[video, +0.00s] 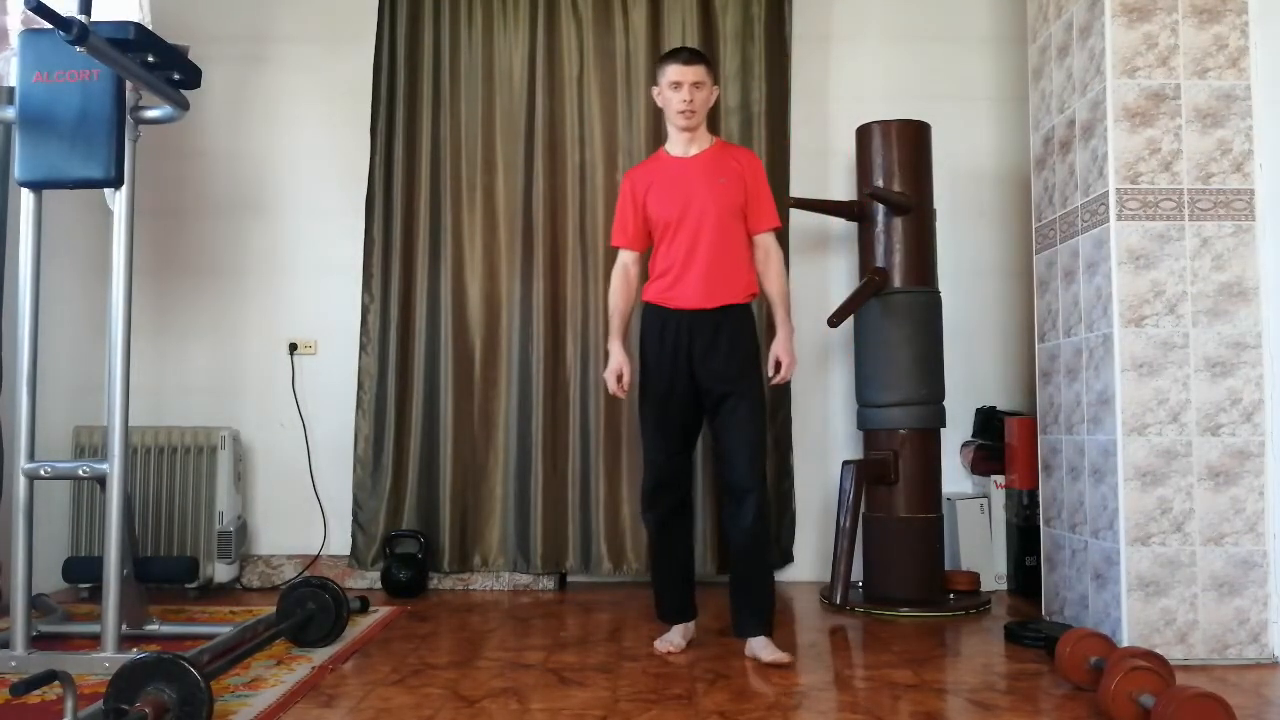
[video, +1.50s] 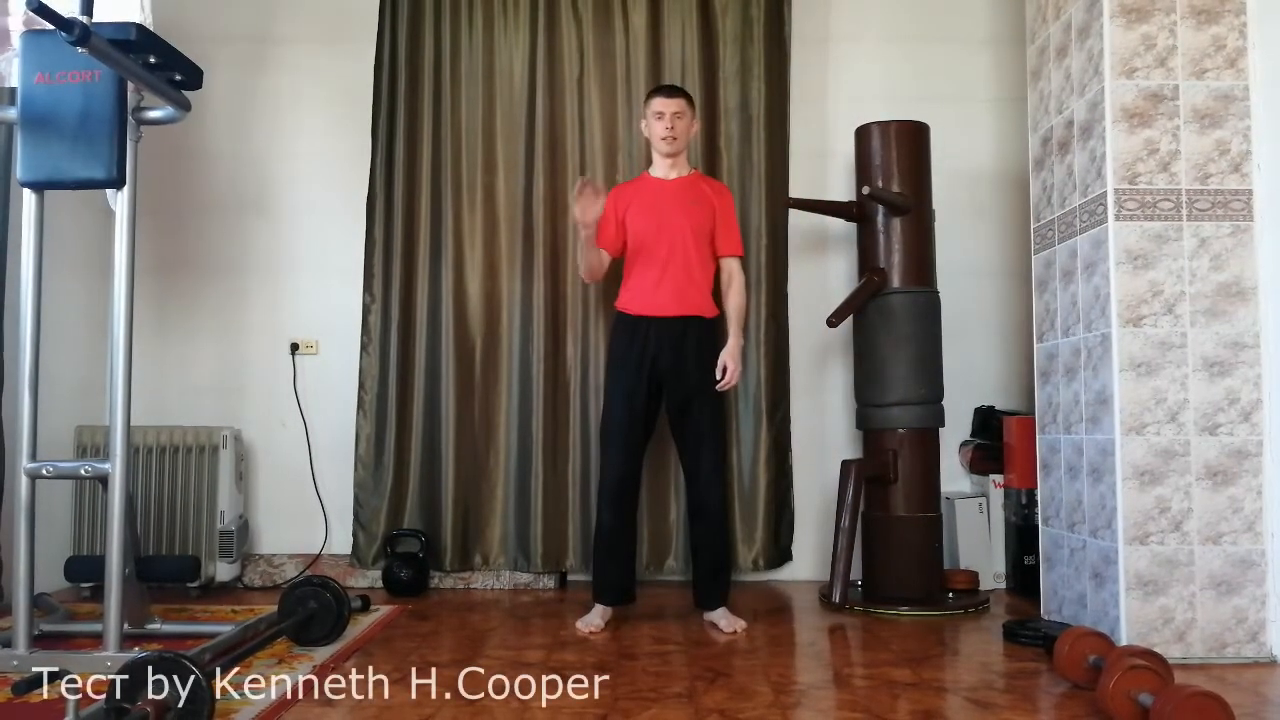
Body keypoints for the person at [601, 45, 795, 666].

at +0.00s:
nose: (685, 95)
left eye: (695, 85)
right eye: (674, 86)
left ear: (714, 94)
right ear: (657, 96)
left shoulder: (744, 166)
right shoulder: (640, 179)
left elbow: (768, 251)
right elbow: (627, 266)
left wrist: (783, 329)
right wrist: (615, 342)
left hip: (734, 332)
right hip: (664, 335)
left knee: (744, 482)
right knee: (665, 482)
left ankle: (754, 629)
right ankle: (679, 617)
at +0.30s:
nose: (703, 87)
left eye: (714, 77)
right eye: (692, 78)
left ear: (734, 87)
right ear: (677, 89)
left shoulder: (763, 159)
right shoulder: (660, 172)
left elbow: (787, 246)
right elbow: (646, 261)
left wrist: (795, 327)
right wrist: (629, 340)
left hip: (751, 331)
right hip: (677, 332)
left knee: (752, 487)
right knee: (673, 480)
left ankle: (753, 639)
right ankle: (680, 615)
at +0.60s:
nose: (666, 122)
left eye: (676, 114)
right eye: (657, 115)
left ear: (693, 128)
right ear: (642, 129)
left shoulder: (714, 193)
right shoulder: (622, 199)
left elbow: (731, 273)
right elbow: (602, 269)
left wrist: (728, 338)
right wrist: (584, 293)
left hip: (697, 339)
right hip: (634, 338)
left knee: (707, 474)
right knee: (618, 471)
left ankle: (713, 602)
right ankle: (608, 598)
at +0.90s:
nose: (664, 123)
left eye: (674, 115)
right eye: (655, 116)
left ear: (691, 128)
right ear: (641, 129)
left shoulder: (712, 193)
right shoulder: (623, 194)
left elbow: (732, 271)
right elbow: (590, 265)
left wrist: (733, 332)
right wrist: (595, 197)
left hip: (696, 338)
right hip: (634, 337)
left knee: (707, 474)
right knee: (616, 471)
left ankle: (713, 602)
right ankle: (608, 598)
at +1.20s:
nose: (667, 125)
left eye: (677, 117)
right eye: (657, 117)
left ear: (693, 129)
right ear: (643, 129)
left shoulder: (713, 194)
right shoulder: (623, 194)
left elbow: (731, 274)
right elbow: (591, 266)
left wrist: (734, 340)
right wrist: (593, 200)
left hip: (697, 338)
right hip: (634, 337)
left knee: (707, 474)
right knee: (616, 470)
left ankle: (712, 601)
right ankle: (608, 598)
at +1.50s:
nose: (668, 124)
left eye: (678, 116)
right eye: (658, 116)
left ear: (694, 127)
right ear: (643, 127)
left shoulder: (714, 194)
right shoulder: (622, 196)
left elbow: (732, 275)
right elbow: (593, 272)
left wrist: (733, 341)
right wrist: (585, 228)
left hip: (698, 339)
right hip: (636, 338)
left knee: (707, 474)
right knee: (618, 471)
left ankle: (713, 601)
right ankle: (608, 598)